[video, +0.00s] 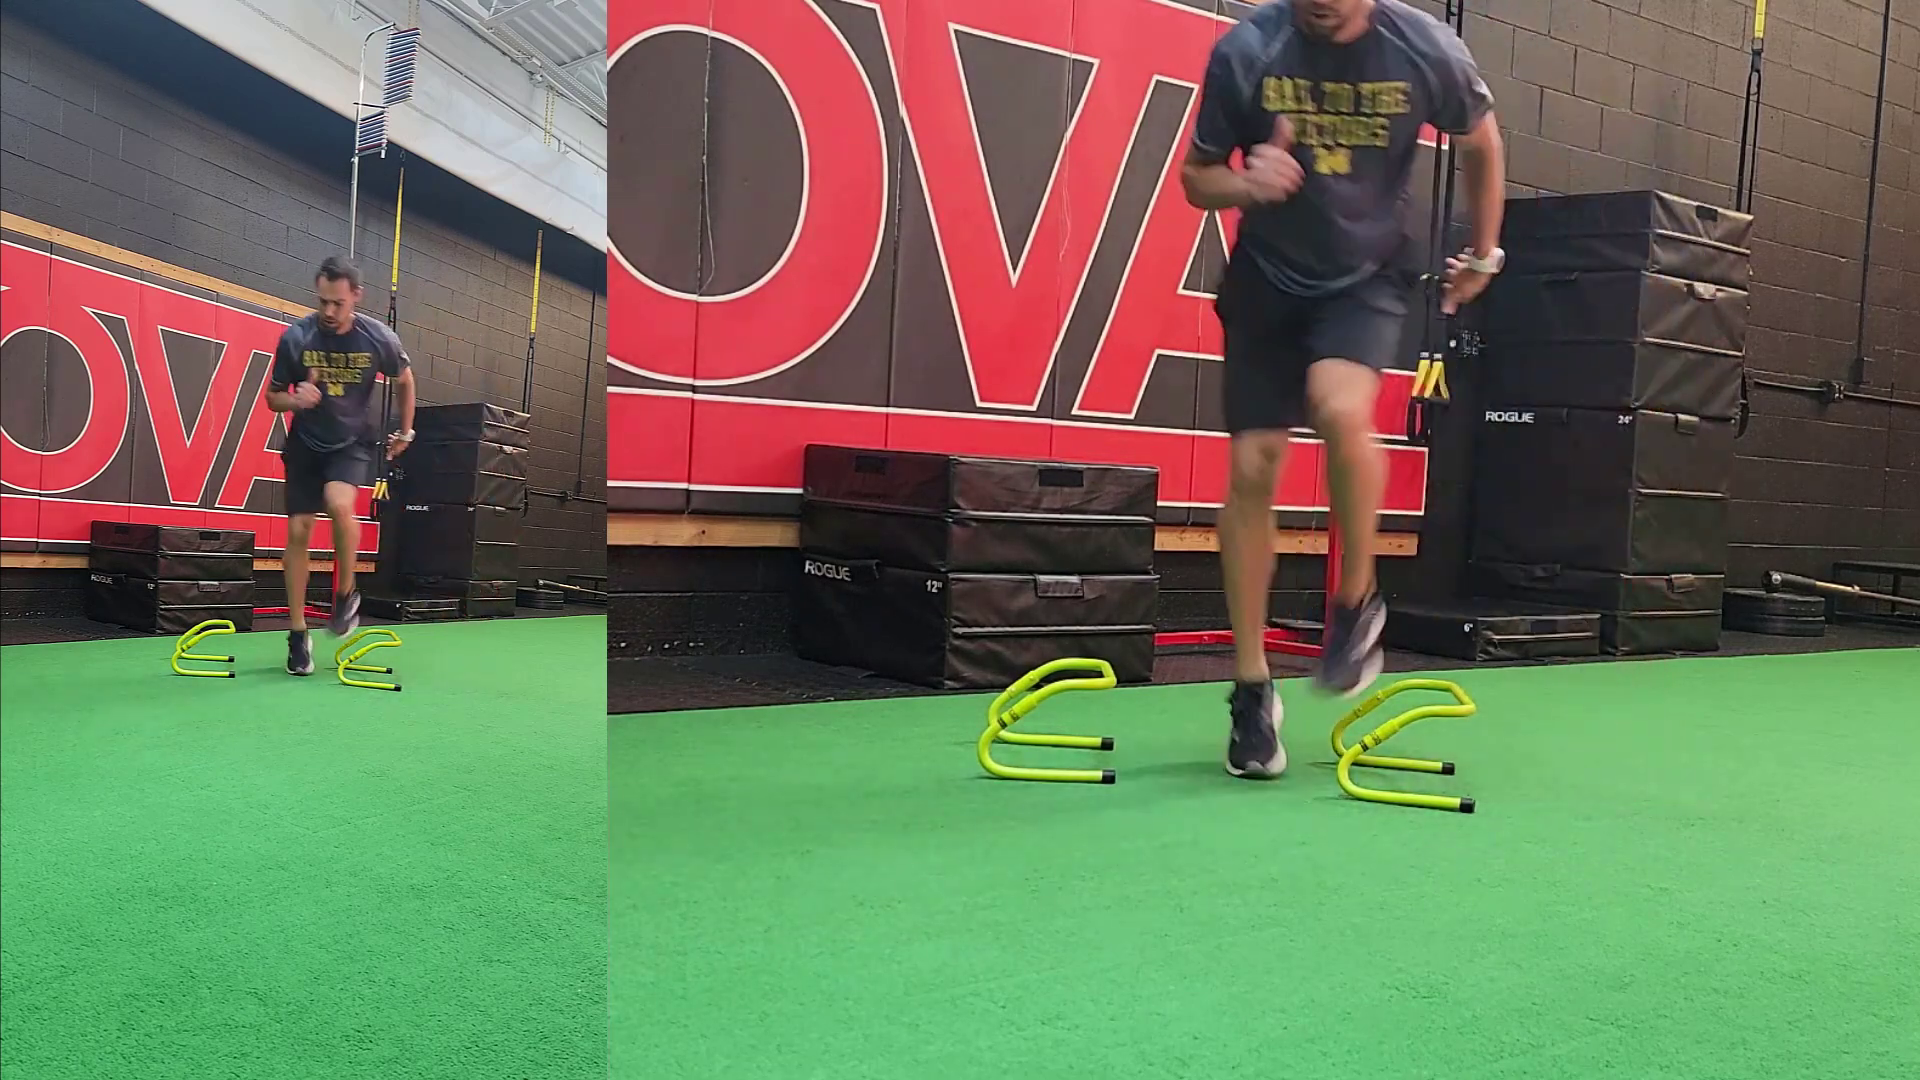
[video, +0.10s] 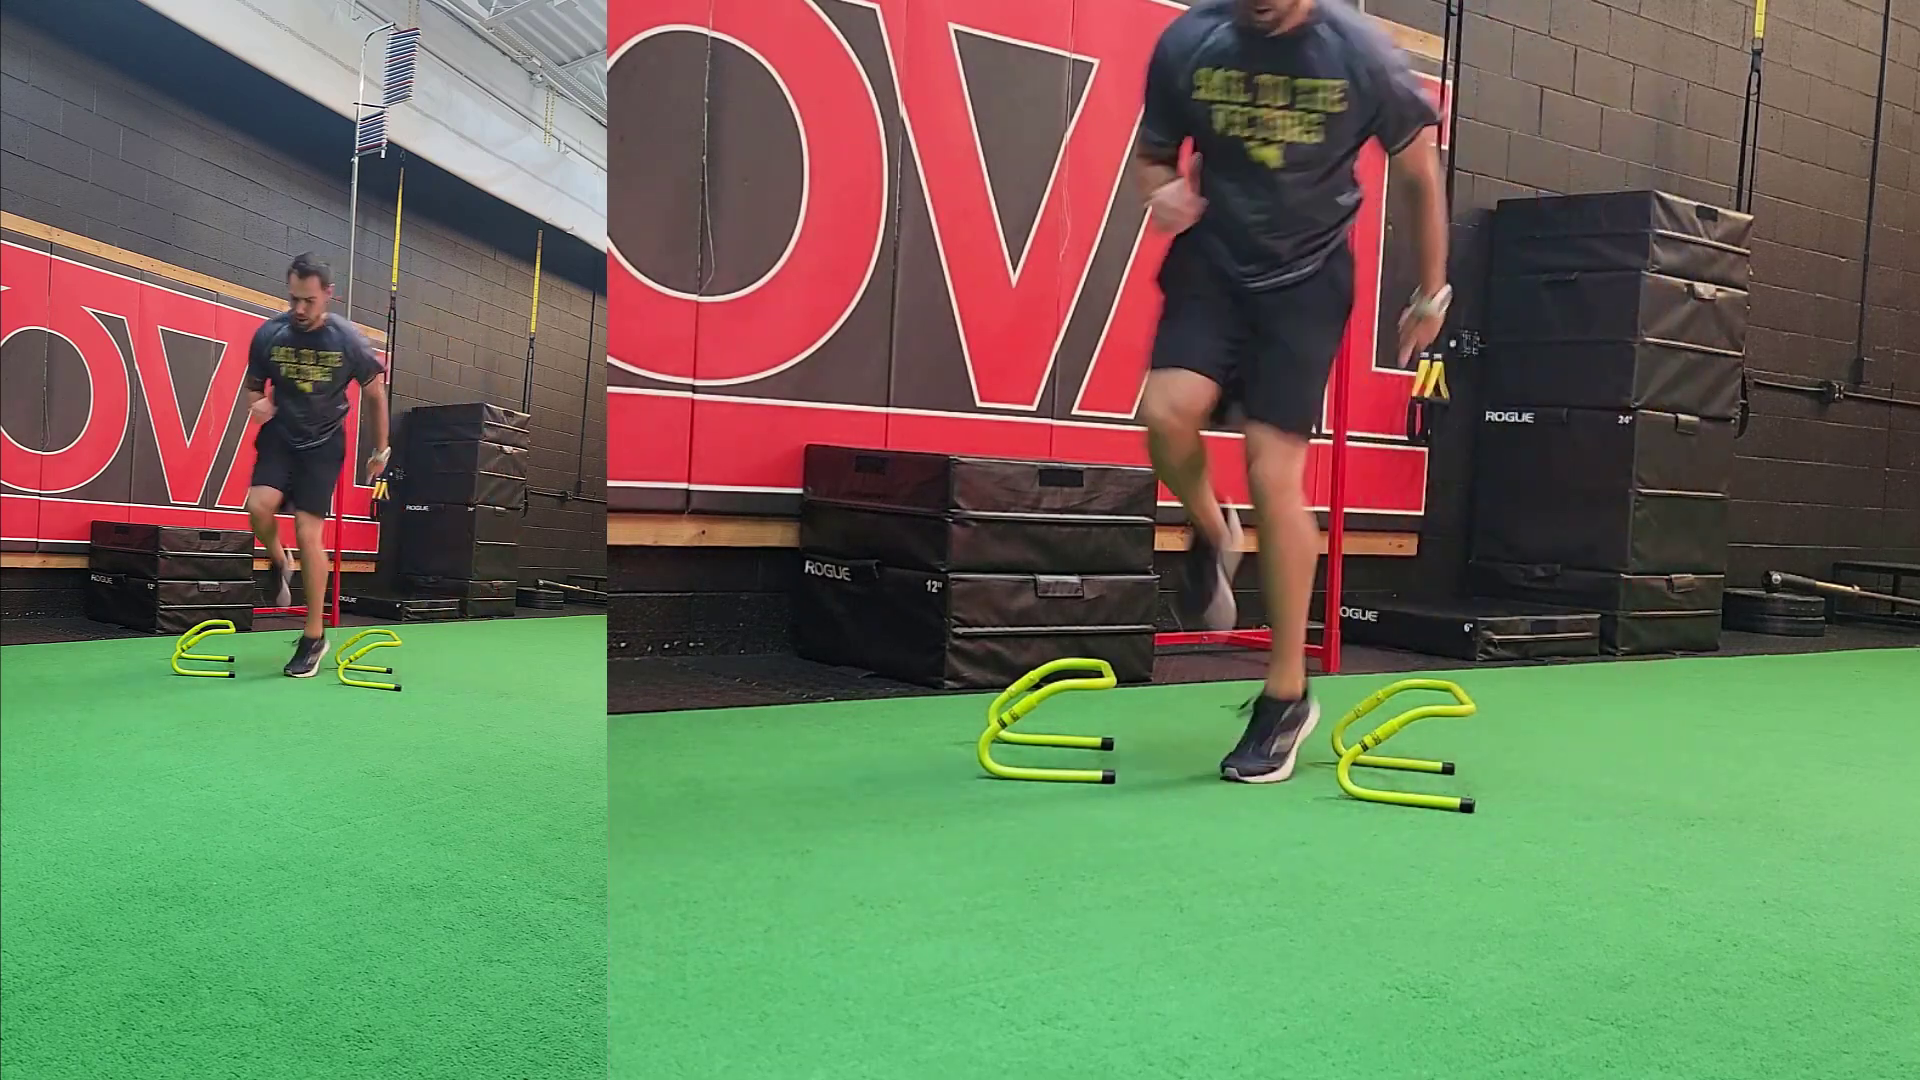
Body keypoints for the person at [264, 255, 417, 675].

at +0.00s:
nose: (330, 312)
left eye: (338, 303)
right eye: (324, 301)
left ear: (356, 297)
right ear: (315, 296)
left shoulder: (379, 340)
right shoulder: (295, 338)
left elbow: (404, 378)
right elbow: (273, 397)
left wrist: (406, 431)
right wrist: (296, 400)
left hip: (353, 445)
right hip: (304, 444)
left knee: (338, 502)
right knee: (298, 529)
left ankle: (345, 594)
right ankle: (298, 633)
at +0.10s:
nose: (299, 309)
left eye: (309, 300)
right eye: (294, 299)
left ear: (328, 295)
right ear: (286, 294)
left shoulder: (348, 341)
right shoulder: (268, 335)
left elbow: (376, 392)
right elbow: (253, 388)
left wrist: (381, 449)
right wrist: (259, 407)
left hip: (323, 441)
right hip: (279, 436)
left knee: (307, 532)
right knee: (259, 508)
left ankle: (314, 636)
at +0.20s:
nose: (271, 316)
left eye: (280, 307)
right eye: (265, 306)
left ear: (299, 303)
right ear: (259, 300)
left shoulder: (321, 355)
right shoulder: (242, 343)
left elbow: (347, 420)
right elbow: (227, 394)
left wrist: (350, 482)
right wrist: (219, 420)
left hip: (296, 461)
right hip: (247, 448)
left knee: (295, 552)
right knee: (209, 491)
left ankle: (311, 646)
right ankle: (234, 528)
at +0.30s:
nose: (242, 314)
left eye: (251, 305)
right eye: (236, 303)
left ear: (269, 299)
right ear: (228, 297)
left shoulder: (291, 346)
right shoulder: (211, 335)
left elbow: (311, 416)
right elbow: (197, 385)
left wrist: (289, 469)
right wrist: (188, 438)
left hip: (268, 446)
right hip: (219, 439)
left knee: (271, 532)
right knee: (182, 511)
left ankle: (299, 624)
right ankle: (152, 597)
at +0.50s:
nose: (177, 357)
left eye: (186, 349)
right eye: (171, 347)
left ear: (206, 340)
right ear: (164, 336)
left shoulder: (231, 385)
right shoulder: (152, 371)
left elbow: (222, 462)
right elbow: (150, 423)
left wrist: (172, 429)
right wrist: (163, 425)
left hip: (215, 475)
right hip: (168, 470)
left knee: (203, 531)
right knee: (145, 548)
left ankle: (208, 540)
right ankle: (122, 634)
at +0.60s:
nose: (150, 373)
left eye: (159, 364)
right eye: (144, 364)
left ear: (179, 352)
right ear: (136, 352)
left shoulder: (208, 396)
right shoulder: (134, 375)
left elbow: (187, 470)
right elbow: (142, 419)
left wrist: (145, 422)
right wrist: (141, 412)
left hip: (203, 473)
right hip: (155, 467)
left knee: (178, 537)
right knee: (140, 540)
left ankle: (167, 557)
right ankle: (122, 634)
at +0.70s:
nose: (138, 371)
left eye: (146, 363)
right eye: (132, 362)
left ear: (167, 349)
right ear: (124, 351)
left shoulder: (198, 392)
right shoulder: (122, 374)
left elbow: (171, 464)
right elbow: (139, 422)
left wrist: (134, 414)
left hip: (197, 468)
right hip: (148, 462)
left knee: (168, 541)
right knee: (134, 539)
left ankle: (172, 546)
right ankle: (122, 635)